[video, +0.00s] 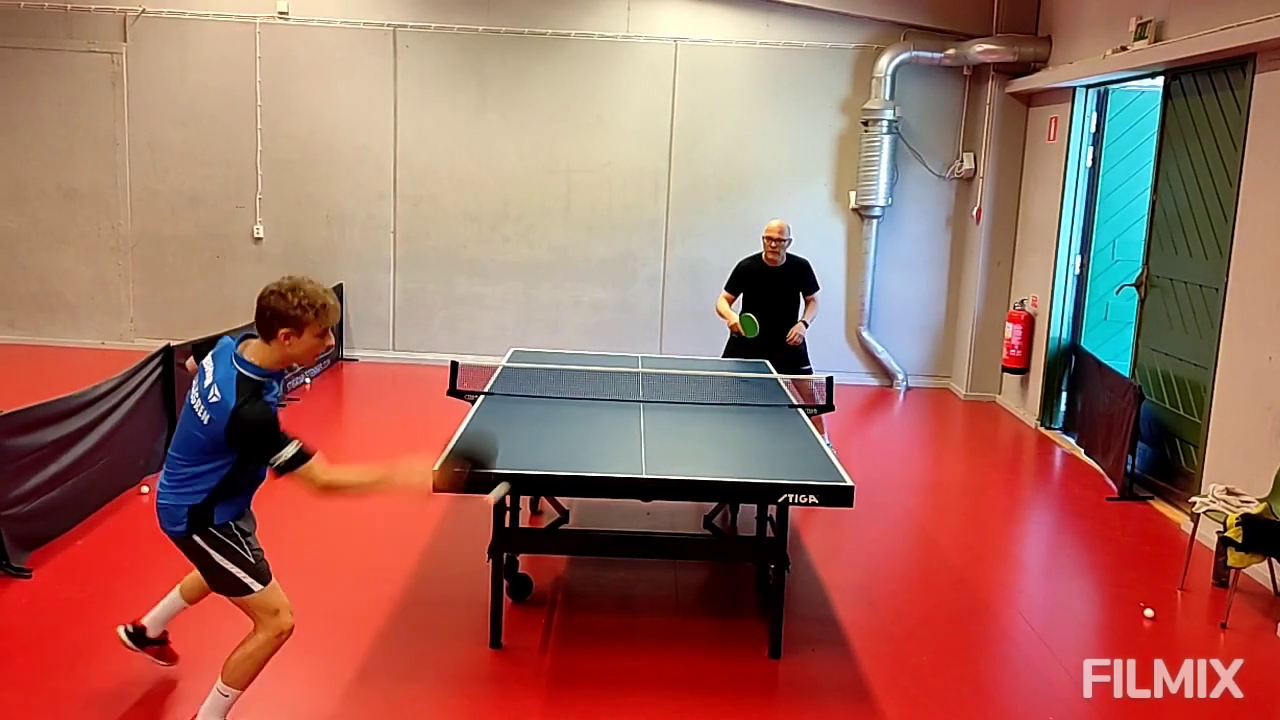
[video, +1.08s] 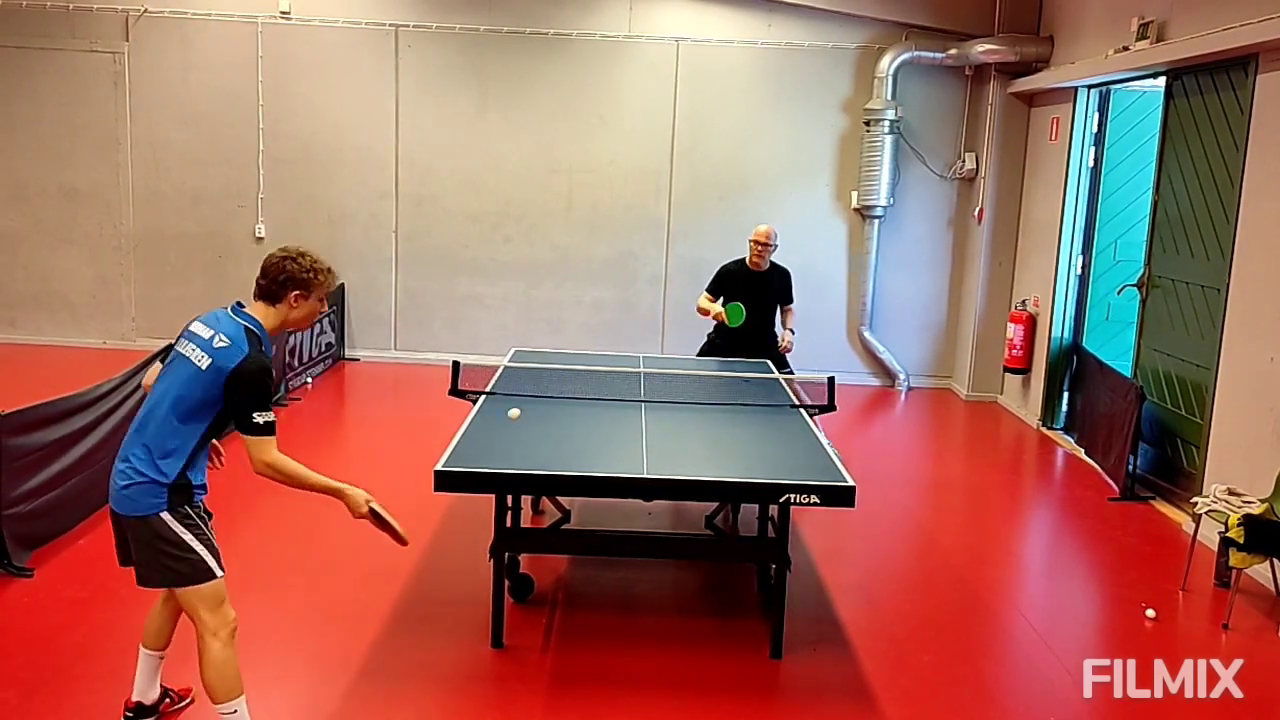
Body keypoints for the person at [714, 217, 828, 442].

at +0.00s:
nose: (773, 244)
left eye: (778, 241)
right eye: (768, 239)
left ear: (788, 243)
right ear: (762, 240)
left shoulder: (800, 268)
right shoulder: (747, 267)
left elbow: (812, 302)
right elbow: (723, 302)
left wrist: (803, 325)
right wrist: (731, 317)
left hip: (786, 345)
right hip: (747, 344)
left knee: (809, 395)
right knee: (724, 391)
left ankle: (822, 446)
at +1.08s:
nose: (759, 249)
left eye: (765, 245)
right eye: (756, 243)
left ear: (774, 249)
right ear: (749, 243)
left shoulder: (781, 276)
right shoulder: (729, 271)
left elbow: (787, 310)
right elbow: (702, 302)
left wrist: (788, 331)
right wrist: (713, 309)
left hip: (763, 344)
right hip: (725, 341)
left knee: (794, 393)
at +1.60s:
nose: (747, 266)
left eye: (753, 263)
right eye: (742, 260)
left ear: (761, 263)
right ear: (736, 259)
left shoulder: (769, 283)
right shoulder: (718, 281)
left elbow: (775, 318)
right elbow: (694, 317)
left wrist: (771, 339)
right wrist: (707, 339)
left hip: (752, 350)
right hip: (715, 349)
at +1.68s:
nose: (752, 275)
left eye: (758, 271)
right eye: (748, 269)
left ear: (767, 271)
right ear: (740, 266)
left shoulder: (772, 288)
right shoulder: (722, 288)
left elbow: (777, 321)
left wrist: (776, 344)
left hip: (754, 347)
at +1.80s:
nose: (766, 286)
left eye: (772, 282)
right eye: (762, 279)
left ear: (780, 281)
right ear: (754, 275)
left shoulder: (782, 293)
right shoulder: (734, 295)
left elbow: (784, 324)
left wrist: (788, 350)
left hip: (760, 345)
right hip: (728, 345)